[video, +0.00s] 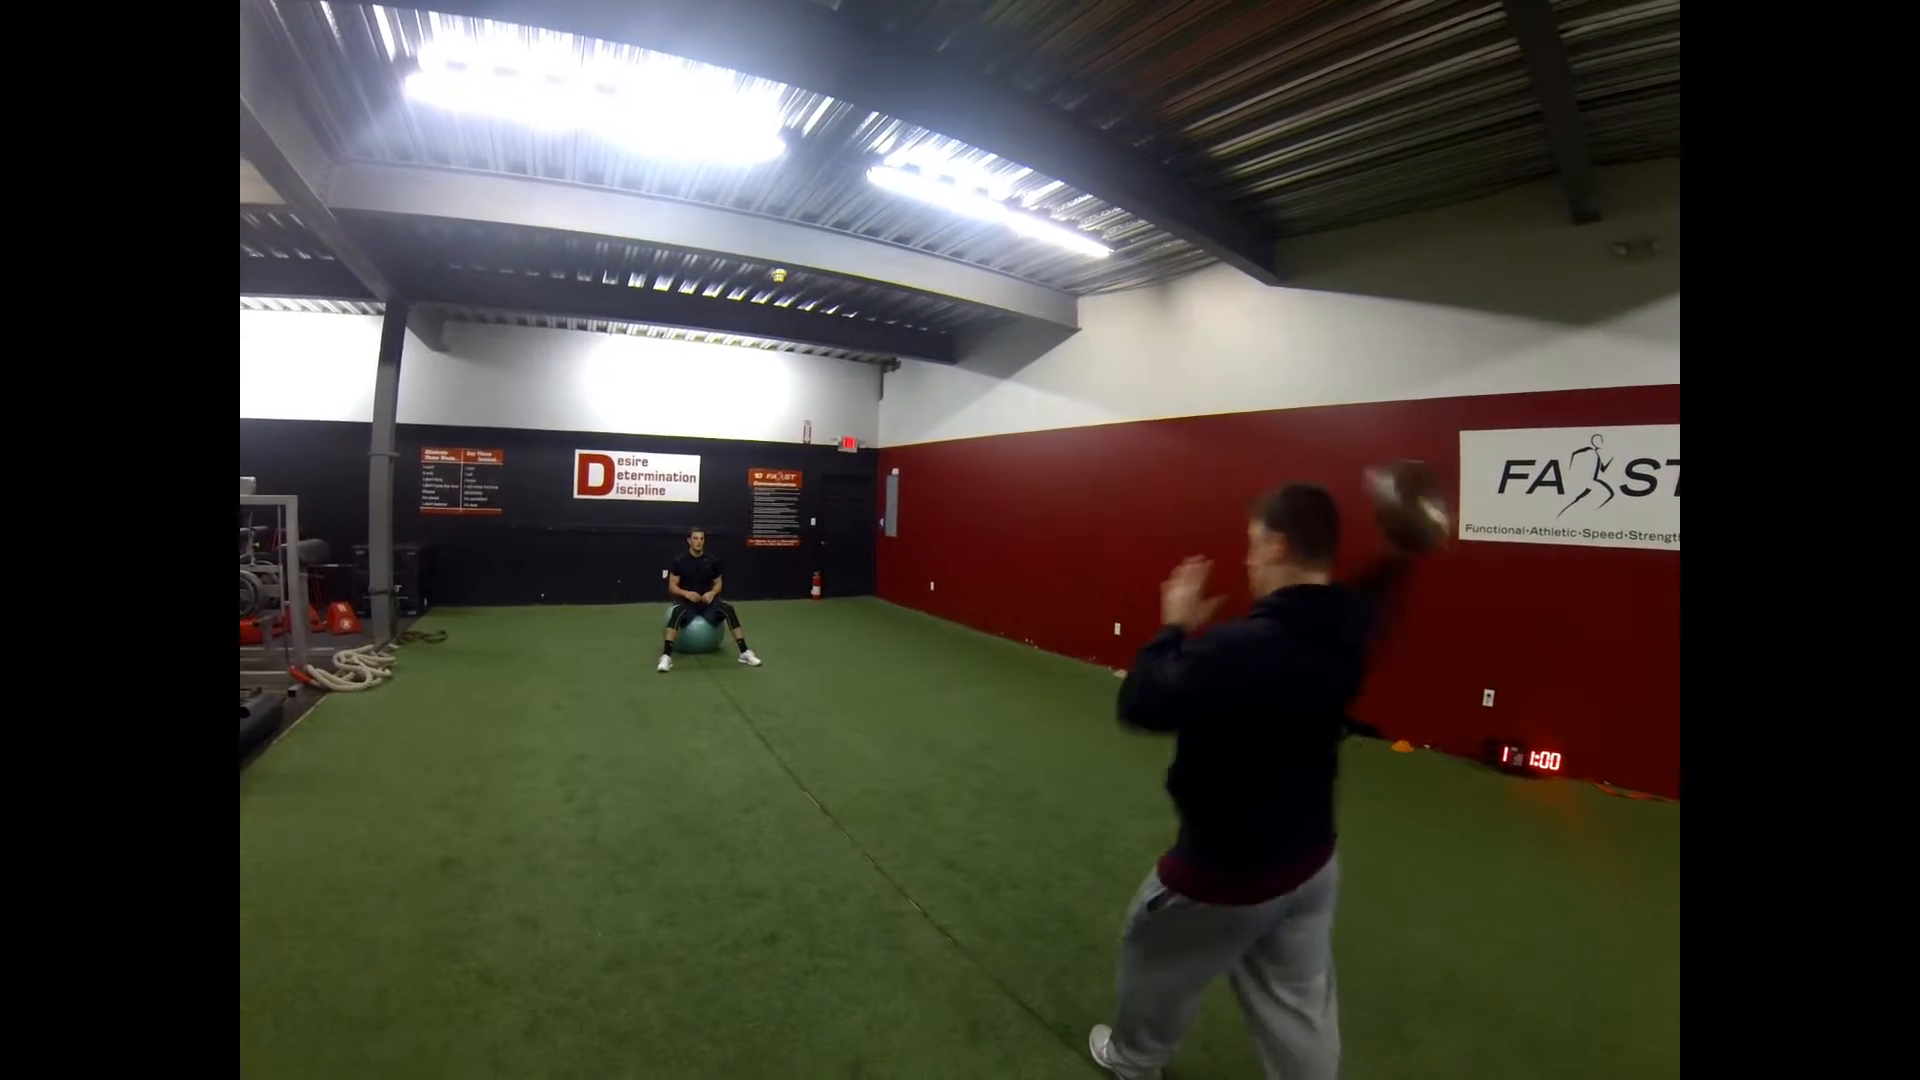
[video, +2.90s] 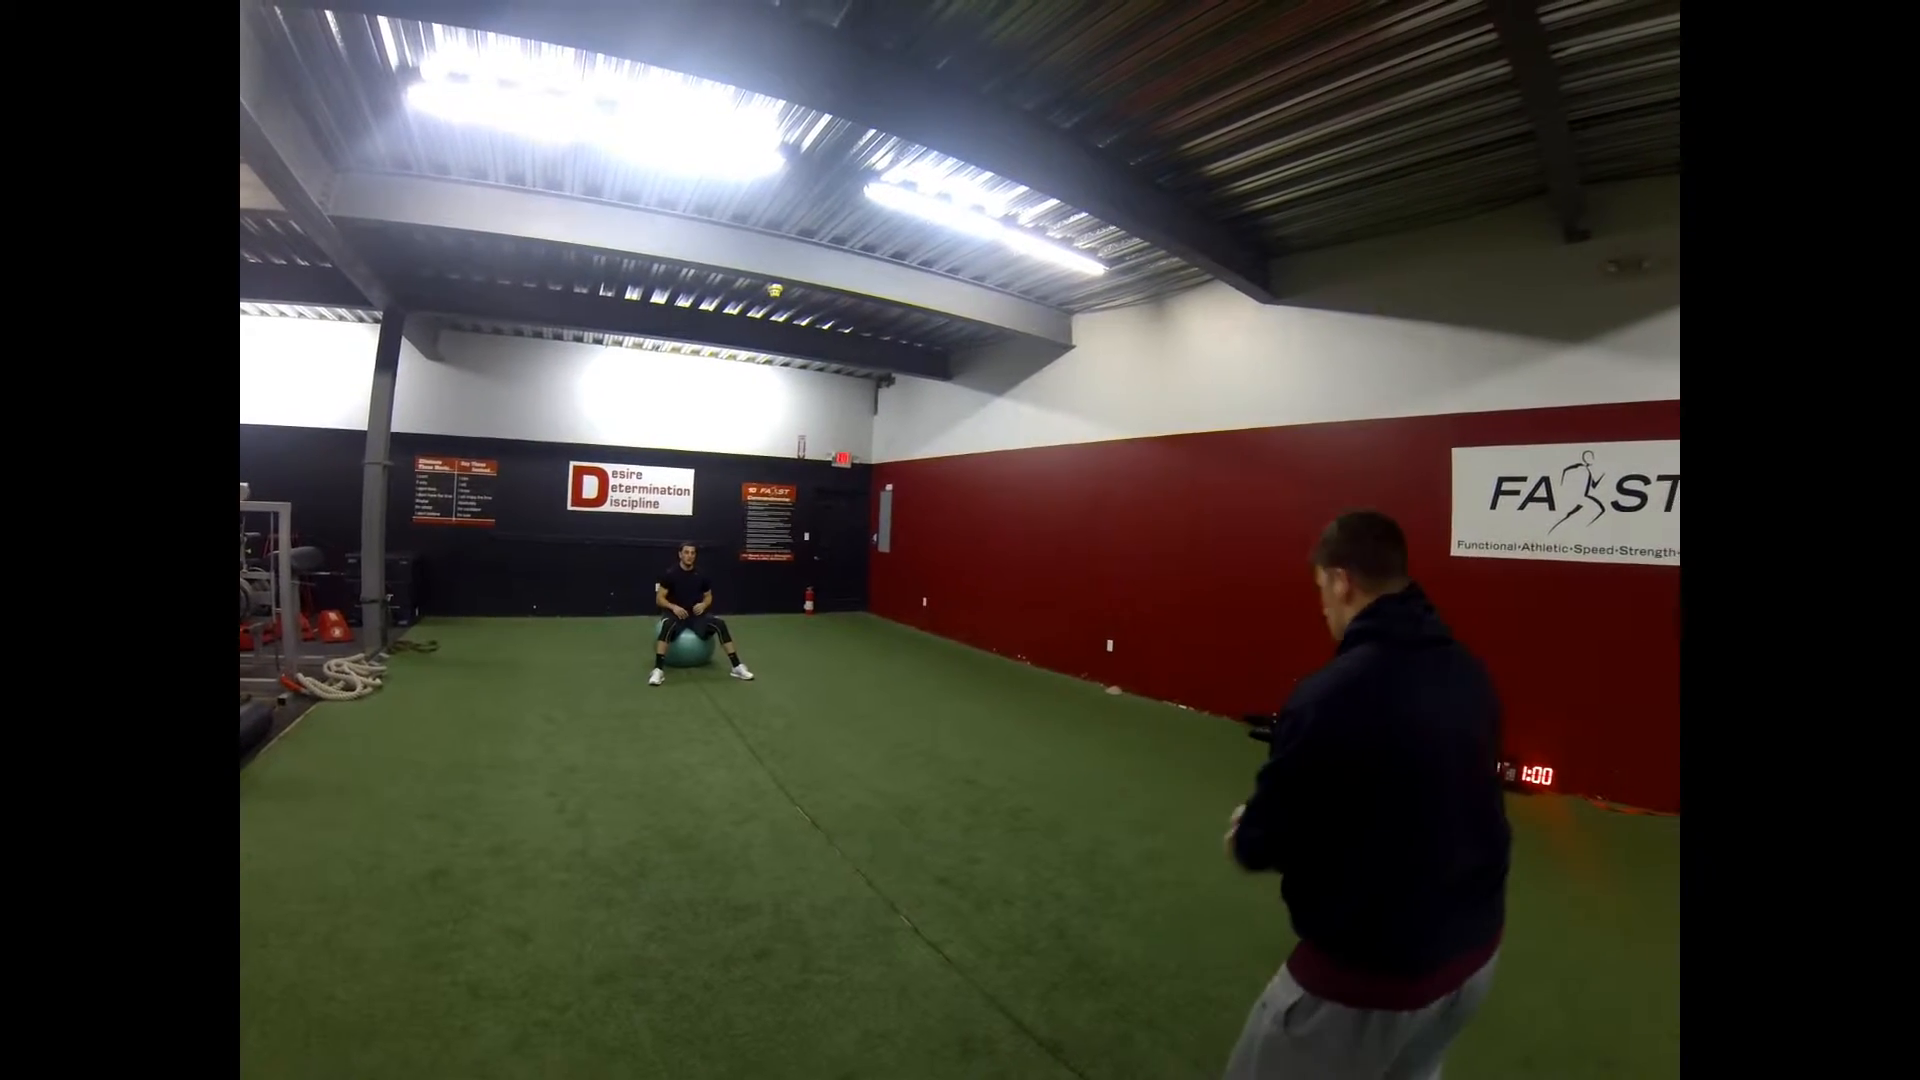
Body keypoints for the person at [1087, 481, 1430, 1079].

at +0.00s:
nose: (1248, 556)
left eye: (1253, 543)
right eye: (1250, 543)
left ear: (1276, 546)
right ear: (1328, 549)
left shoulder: (1238, 645)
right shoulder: (1344, 623)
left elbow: (1141, 704)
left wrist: (1174, 628)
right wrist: (1402, 550)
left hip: (1221, 871)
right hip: (1307, 859)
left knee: (1155, 957)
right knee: (1299, 1006)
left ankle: (1136, 1056)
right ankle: (1314, 1073)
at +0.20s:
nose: (1200, 552)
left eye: (1202, 538)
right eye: (1200, 539)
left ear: (1223, 542)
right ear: (1276, 539)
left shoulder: (1226, 644)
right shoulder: (1291, 608)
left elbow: (1137, 754)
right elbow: (1227, 618)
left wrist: (1107, 673)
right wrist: (1160, 607)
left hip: (1211, 864)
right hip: (1287, 841)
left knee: (1156, 958)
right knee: (1282, 978)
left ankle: (1139, 1055)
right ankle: (1316, 1071)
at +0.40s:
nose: (1182, 553)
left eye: (1183, 538)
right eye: (1181, 539)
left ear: (1204, 537)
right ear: (1253, 535)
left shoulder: (1220, 640)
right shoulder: (1277, 608)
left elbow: (1178, 770)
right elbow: (1222, 676)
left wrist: (1087, 767)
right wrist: (1149, 681)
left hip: (1212, 863)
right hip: (1285, 839)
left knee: (1161, 962)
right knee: (1274, 959)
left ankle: (1141, 1057)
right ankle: (1304, 1068)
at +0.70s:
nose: (1227, 563)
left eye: (1230, 547)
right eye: (1227, 548)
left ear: (1258, 547)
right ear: (1296, 543)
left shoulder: (1270, 647)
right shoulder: (1327, 620)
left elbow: (1230, 785)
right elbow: (1296, 726)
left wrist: (1147, 805)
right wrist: (1218, 729)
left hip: (1242, 866)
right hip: (1311, 846)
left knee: (1181, 964)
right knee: (1294, 979)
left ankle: (1145, 1059)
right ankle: (1298, 1072)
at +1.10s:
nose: (1300, 557)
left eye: (1304, 542)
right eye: (1301, 542)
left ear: (1335, 545)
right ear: (1370, 544)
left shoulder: (1345, 643)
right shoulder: (1396, 627)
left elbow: (1301, 777)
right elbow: (1373, 749)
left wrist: (1216, 790)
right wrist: (1290, 753)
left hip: (1309, 877)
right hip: (1373, 860)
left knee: (1225, 988)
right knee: (1330, 996)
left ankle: (1157, 1069)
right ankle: (1305, 1075)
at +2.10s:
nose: (1301, 544)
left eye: (1312, 528)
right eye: (1306, 527)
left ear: (1349, 545)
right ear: (1361, 546)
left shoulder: (1341, 672)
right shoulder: (1414, 646)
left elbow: (1247, 849)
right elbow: (1369, 772)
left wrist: (1187, 800)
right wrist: (1267, 761)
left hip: (1305, 960)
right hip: (1375, 933)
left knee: (1265, 1070)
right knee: (1314, 1066)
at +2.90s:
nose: (1322, 603)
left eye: (1320, 586)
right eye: (1318, 587)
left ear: (1341, 582)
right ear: (1402, 574)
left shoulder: (1330, 699)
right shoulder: (1463, 670)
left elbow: (1261, 844)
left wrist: (1245, 828)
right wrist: (1275, 813)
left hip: (1357, 989)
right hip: (1467, 965)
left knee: (1257, 1071)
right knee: (1408, 1071)